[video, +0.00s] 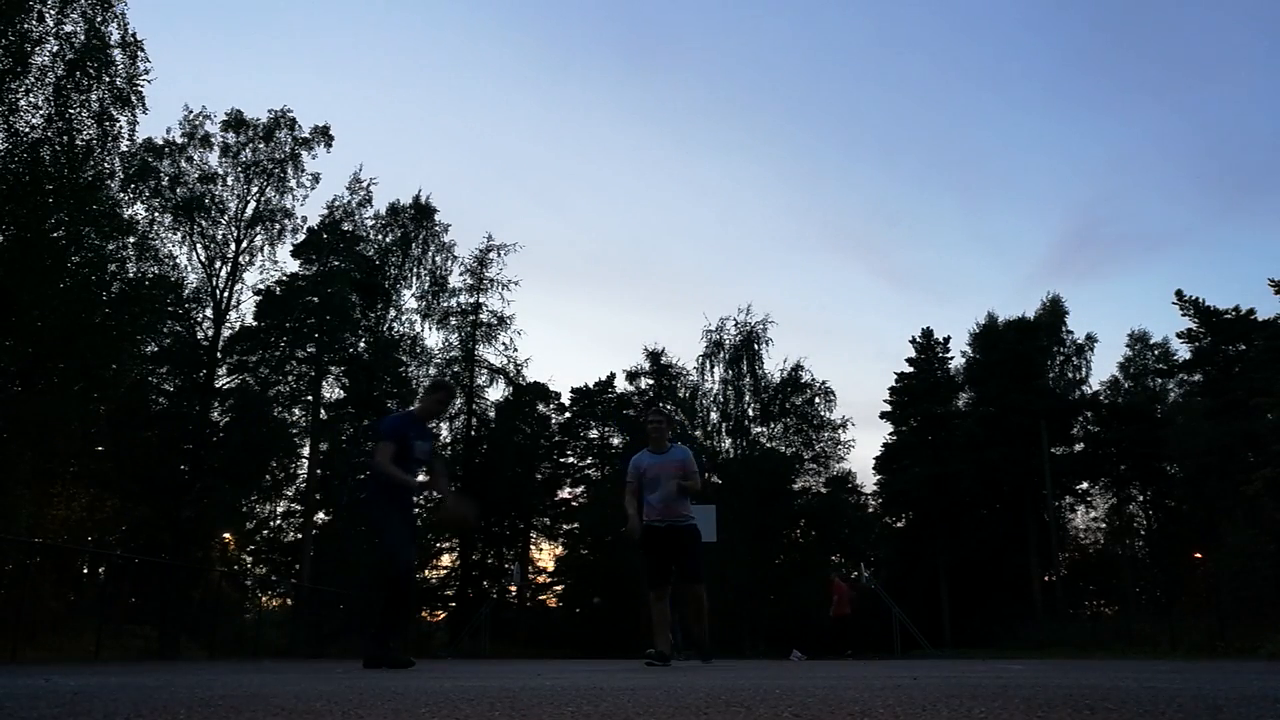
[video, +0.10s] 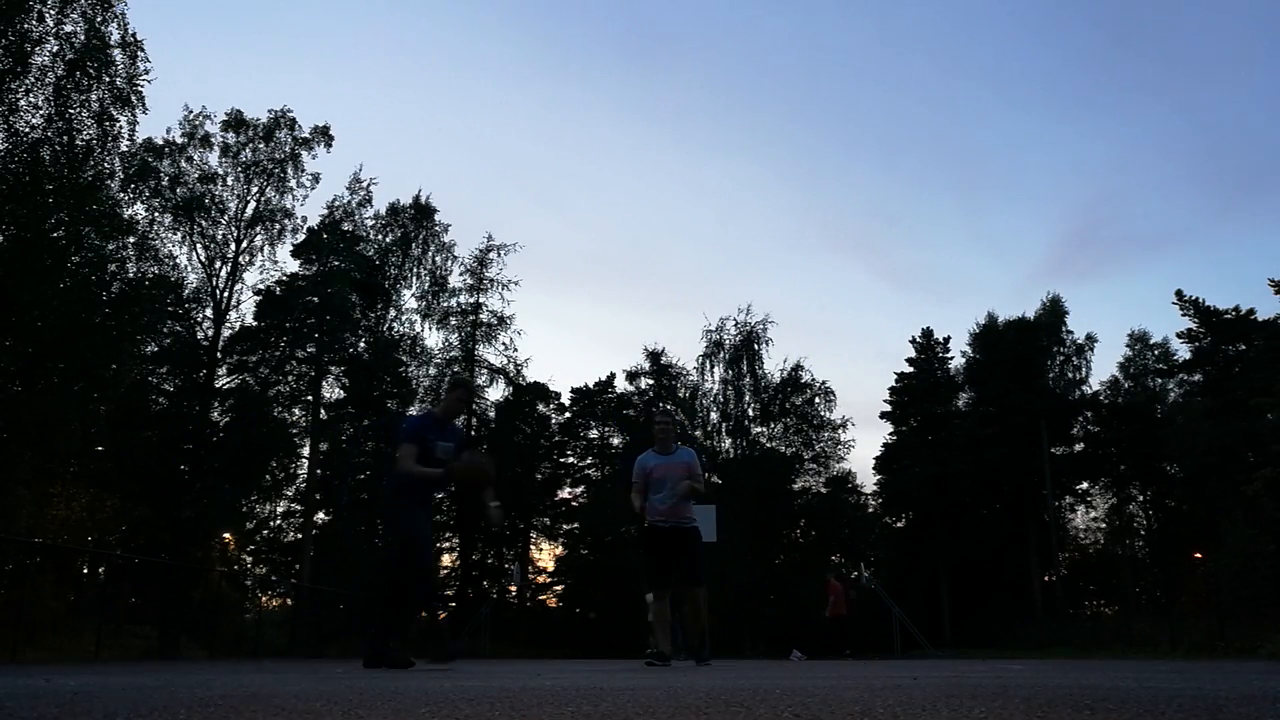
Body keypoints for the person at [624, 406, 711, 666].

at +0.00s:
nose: (655, 427)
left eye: (659, 423)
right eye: (651, 423)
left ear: (668, 427)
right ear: (646, 428)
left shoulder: (683, 454)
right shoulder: (638, 460)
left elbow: (696, 485)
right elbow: (630, 495)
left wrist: (681, 484)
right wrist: (634, 520)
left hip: (683, 527)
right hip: (653, 529)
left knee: (694, 587)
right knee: (658, 589)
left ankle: (701, 645)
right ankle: (662, 649)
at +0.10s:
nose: (662, 428)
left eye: (666, 424)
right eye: (659, 424)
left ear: (674, 428)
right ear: (653, 428)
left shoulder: (688, 455)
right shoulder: (644, 460)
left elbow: (701, 488)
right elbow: (636, 492)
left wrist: (688, 486)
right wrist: (640, 507)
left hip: (685, 529)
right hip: (656, 529)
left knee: (693, 589)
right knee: (659, 591)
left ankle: (699, 648)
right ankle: (663, 650)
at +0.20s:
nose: (671, 430)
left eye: (675, 426)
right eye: (667, 426)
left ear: (681, 430)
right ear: (660, 430)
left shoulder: (694, 457)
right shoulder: (650, 460)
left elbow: (711, 486)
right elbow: (635, 492)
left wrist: (702, 483)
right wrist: (649, 479)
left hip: (688, 530)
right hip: (659, 530)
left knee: (691, 590)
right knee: (661, 591)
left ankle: (693, 649)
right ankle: (663, 650)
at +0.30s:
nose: (678, 432)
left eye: (682, 428)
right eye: (674, 428)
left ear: (688, 431)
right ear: (667, 431)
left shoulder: (700, 460)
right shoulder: (656, 458)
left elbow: (715, 488)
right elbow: (637, 480)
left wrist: (715, 469)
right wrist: (647, 462)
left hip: (690, 531)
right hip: (662, 530)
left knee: (692, 592)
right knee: (662, 592)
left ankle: (694, 650)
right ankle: (663, 650)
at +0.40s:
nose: (684, 433)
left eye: (688, 429)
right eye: (680, 429)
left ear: (694, 433)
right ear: (673, 432)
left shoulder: (702, 459)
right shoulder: (661, 456)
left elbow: (725, 474)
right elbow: (642, 465)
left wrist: (725, 459)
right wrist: (650, 443)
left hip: (693, 532)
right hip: (665, 531)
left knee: (694, 592)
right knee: (663, 591)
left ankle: (694, 651)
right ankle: (663, 651)